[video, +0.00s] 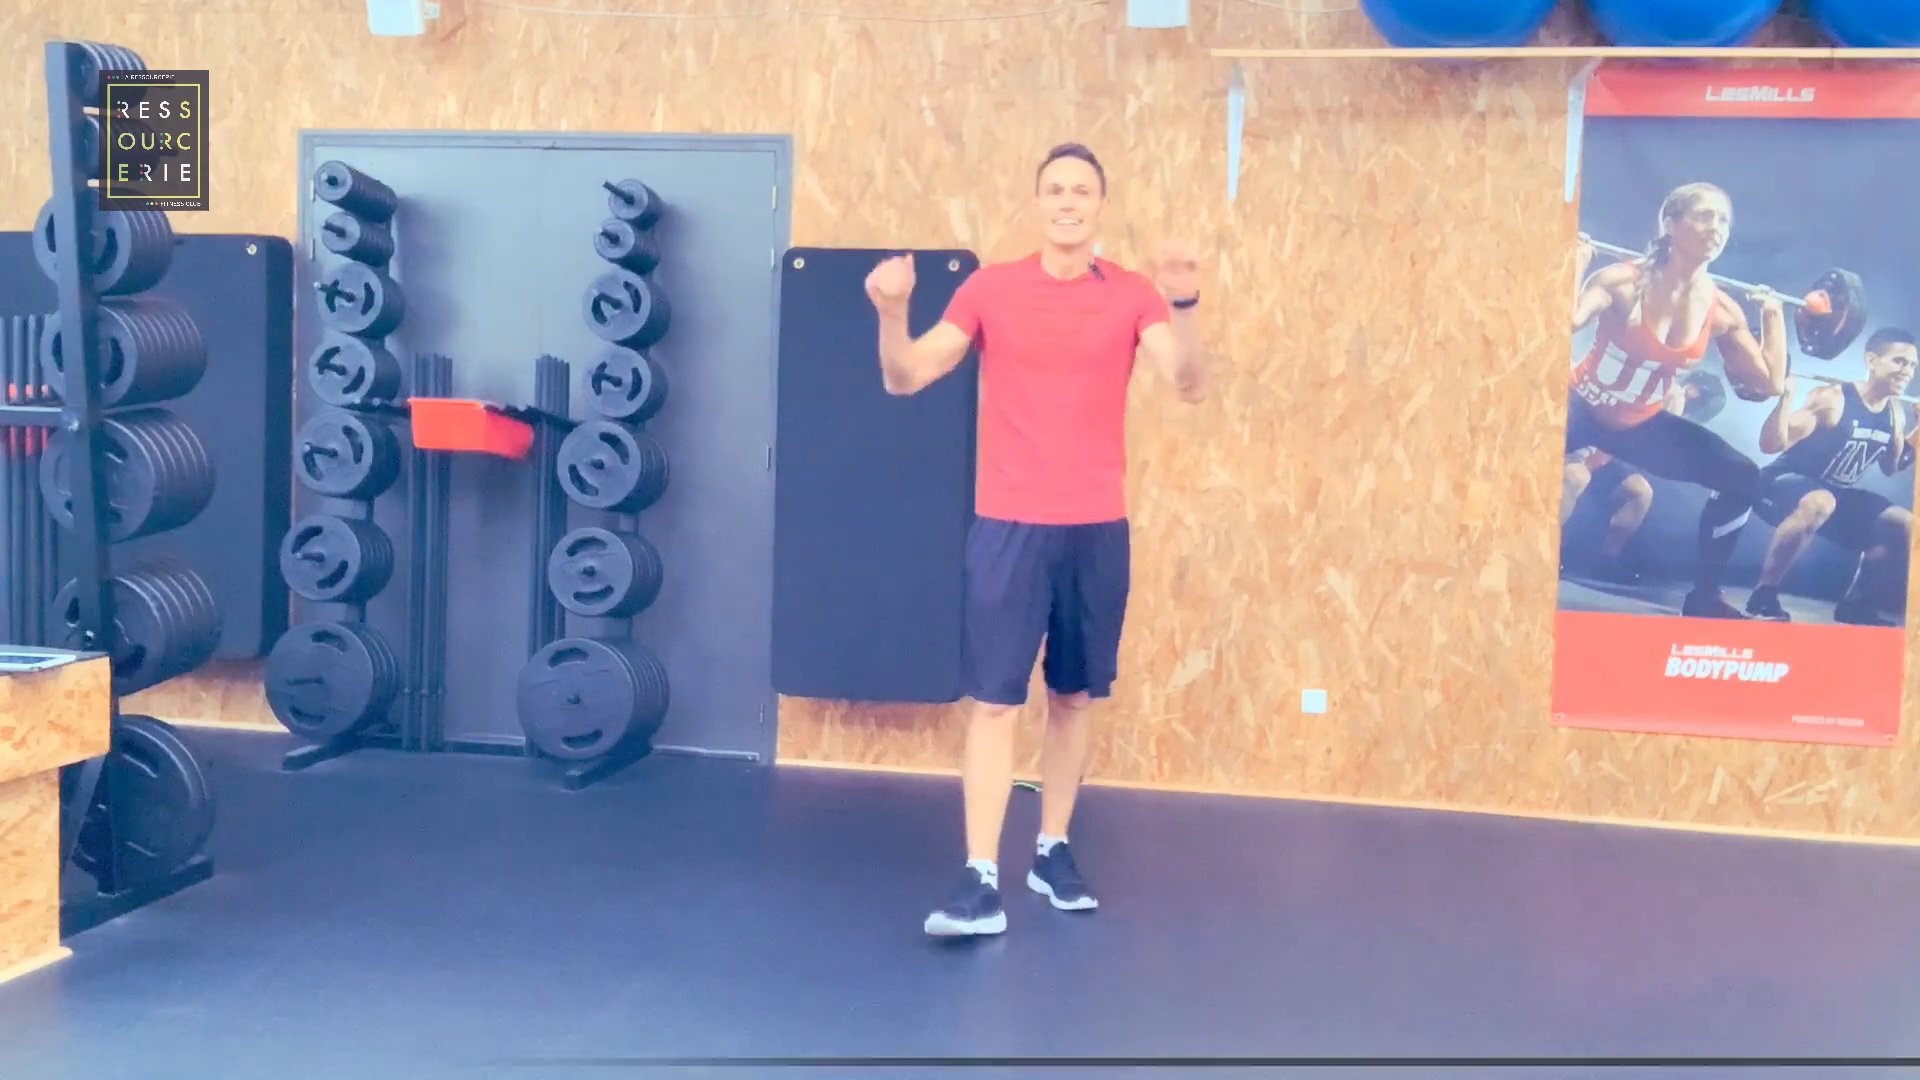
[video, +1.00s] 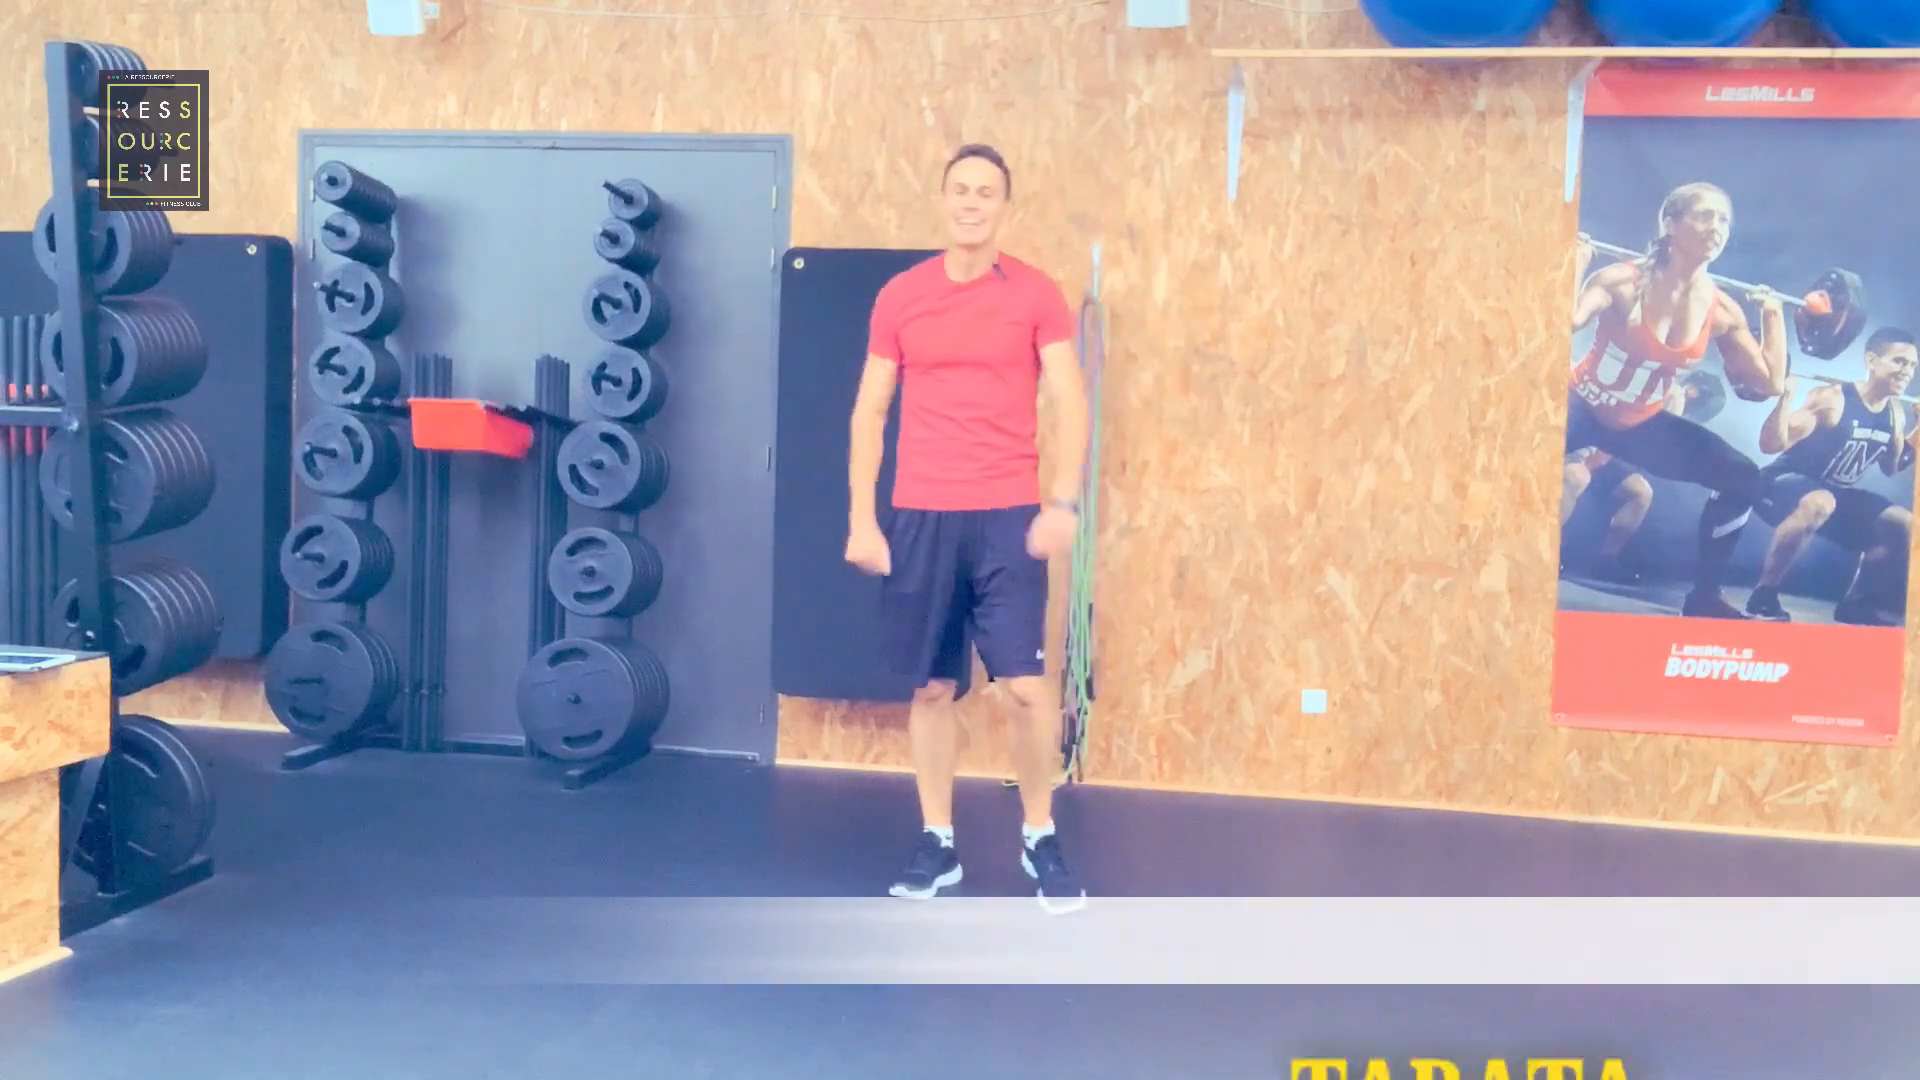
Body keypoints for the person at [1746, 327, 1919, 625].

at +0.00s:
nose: (1906, 371)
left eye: (1912, 365)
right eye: (1899, 361)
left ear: (1914, 372)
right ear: (1871, 361)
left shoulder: (1894, 413)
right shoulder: (1830, 398)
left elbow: (1891, 467)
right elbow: (1769, 444)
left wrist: (1912, 439)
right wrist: (1785, 395)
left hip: (1839, 494)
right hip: (1785, 481)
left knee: (1906, 525)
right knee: (1820, 503)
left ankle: (1855, 605)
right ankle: (1763, 596)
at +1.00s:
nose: (1906, 371)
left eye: (1912, 365)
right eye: (1899, 361)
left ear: (1914, 371)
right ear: (1871, 361)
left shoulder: (1894, 413)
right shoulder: (1830, 398)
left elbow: (1891, 467)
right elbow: (1769, 444)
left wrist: (1910, 442)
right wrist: (1785, 395)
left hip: (1839, 495)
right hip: (1786, 481)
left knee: (1906, 525)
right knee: (1820, 503)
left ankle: (1855, 604)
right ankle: (1764, 596)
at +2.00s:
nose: (1906, 371)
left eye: (1911, 365)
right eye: (1899, 361)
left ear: (1914, 371)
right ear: (1871, 361)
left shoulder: (1894, 412)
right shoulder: (1830, 398)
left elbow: (1892, 467)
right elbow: (1769, 444)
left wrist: (1912, 443)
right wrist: (1785, 395)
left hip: (1839, 495)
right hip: (1786, 481)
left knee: (1906, 525)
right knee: (1820, 502)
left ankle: (1854, 604)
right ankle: (1764, 596)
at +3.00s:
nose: (1906, 371)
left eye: (1911, 365)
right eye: (1899, 361)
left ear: (1914, 371)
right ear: (1871, 361)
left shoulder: (1894, 412)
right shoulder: (1831, 398)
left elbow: (1892, 467)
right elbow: (1769, 444)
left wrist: (1911, 443)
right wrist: (1786, 395)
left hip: (1839, 495)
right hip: (1785, 481)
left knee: (1906, 525)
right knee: (1821, 502)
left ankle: (1855, 604)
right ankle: (1764, 595)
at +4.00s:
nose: (1906, 371)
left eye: (1911, 365)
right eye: (1899, 361)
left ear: (1914, 371)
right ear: (1871, 361)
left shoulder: (1893, 412)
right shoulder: (1831, 398)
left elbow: (1891, 467)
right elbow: (1769, 444)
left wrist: (1910, 446)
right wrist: (1785, 396)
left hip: (1839, 495)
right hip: (1785, 482)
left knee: (1905, 524)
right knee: (1821, 502)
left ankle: (1854, 604)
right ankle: (1763, 596)